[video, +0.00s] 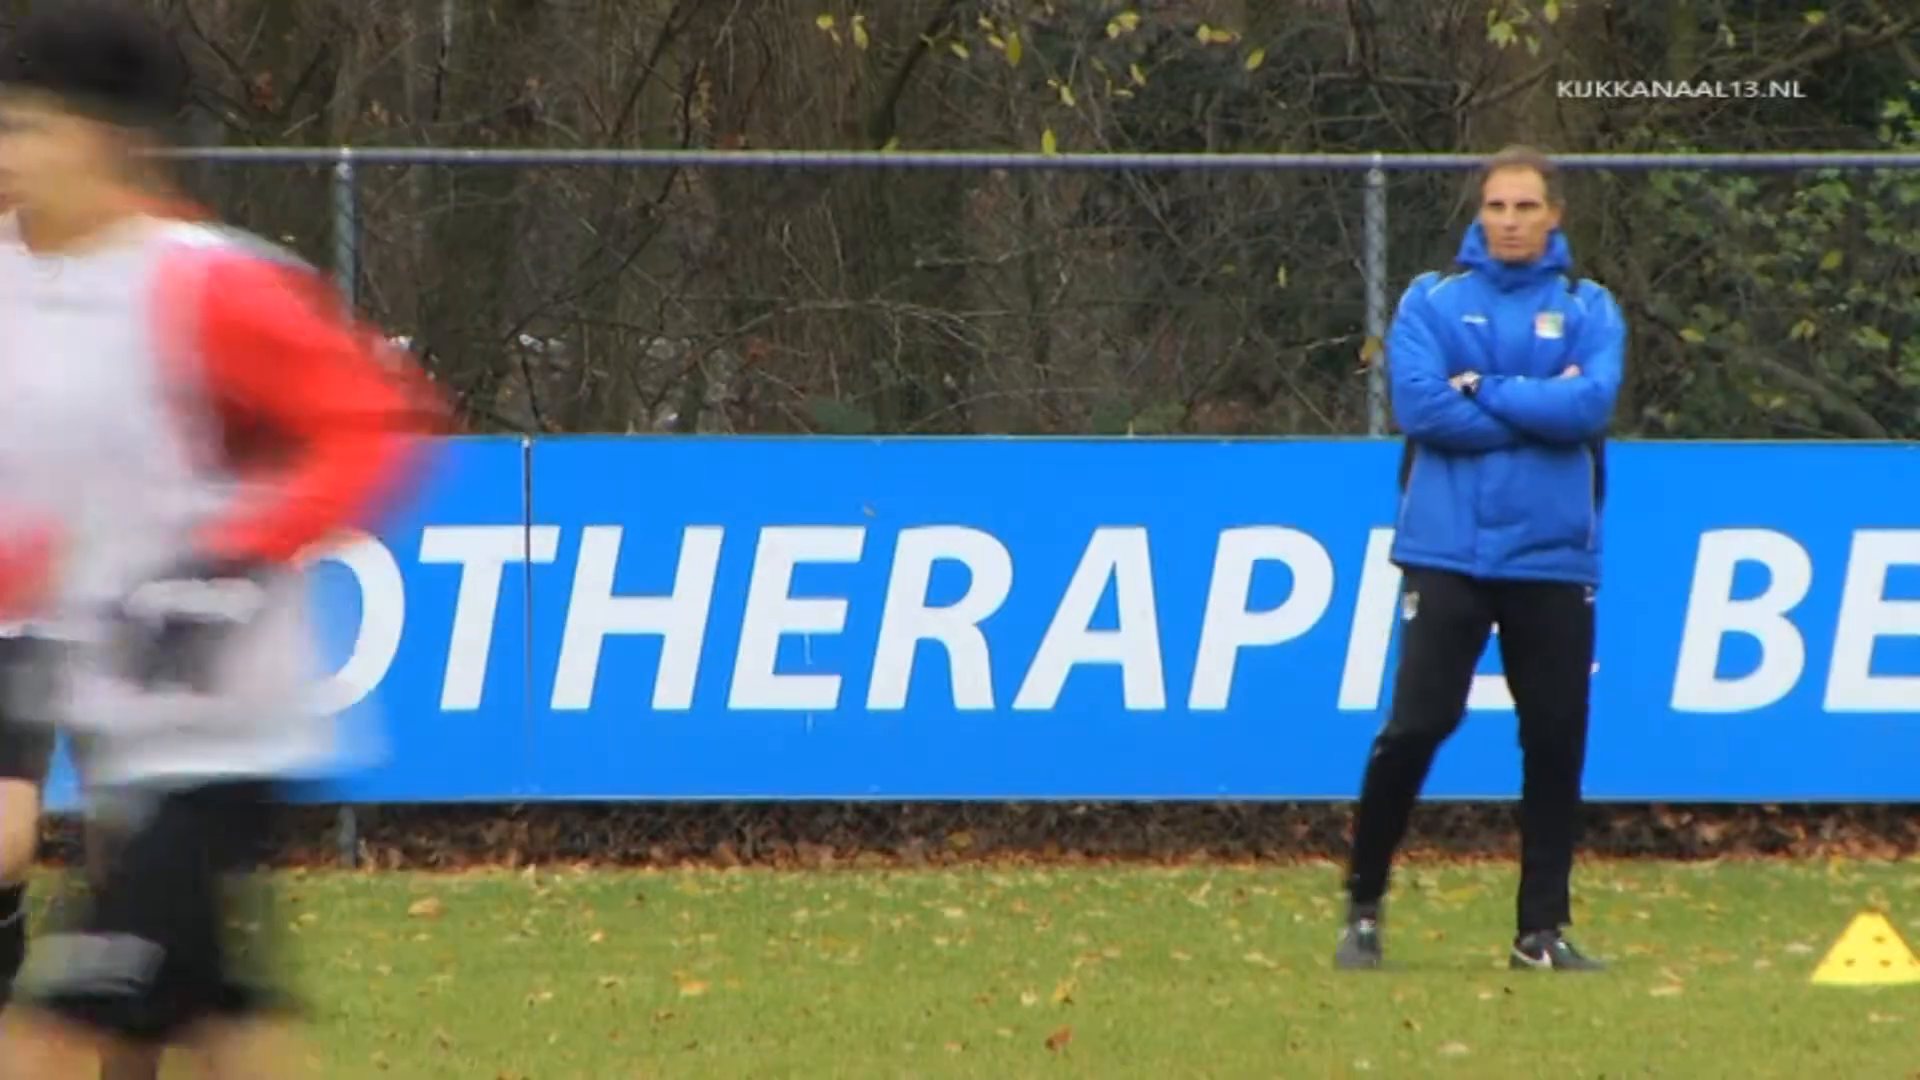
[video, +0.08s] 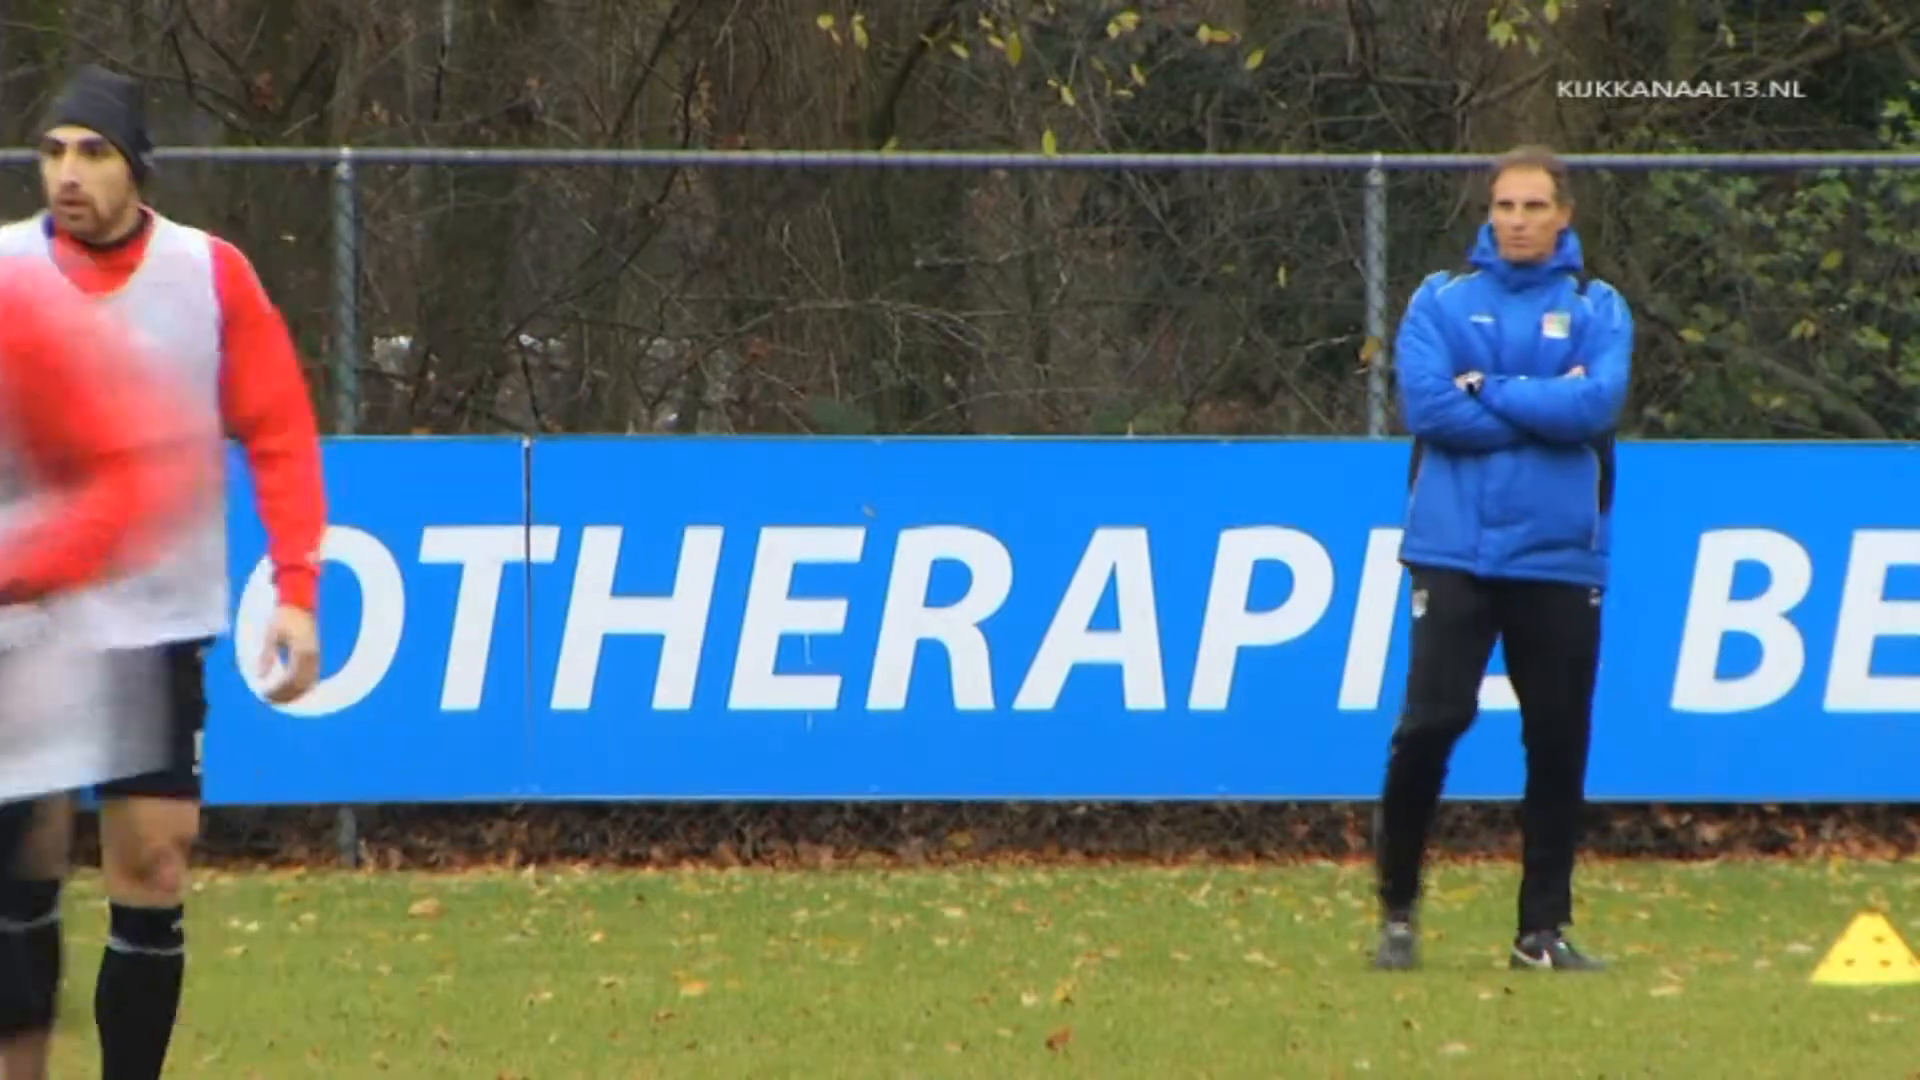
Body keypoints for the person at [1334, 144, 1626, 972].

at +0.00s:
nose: (1511, 221)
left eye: (1526, 207)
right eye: (1498, 207)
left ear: (1555, 218)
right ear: (1478, 215)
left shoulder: (1591, 307)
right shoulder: (1428, 299)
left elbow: (1589, 404)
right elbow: (1421, 412)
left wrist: (1478, 388)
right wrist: (1539, 413)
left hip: (1553, 559)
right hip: (1447, 555)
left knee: (1557, 746)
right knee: (1415, 728)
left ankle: (1542, 932)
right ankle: (1363, 909)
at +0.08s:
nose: (1519, 220)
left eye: (1535, 206)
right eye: (1506, 206)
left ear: (1564, 217)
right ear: (1488, 215)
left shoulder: (1601, 307)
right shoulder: (1439, 297)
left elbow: (1597, 404)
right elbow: (1429, 413)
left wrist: (1482, 386)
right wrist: (1543, 411)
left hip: (1558, 557)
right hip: (1454, 552)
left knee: (1559, 745)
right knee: (1430, 723)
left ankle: (1542, 931)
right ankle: (1398, 915)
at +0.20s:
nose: (1522, 222)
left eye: (1538, 207)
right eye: (1509, 207)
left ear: (1567, 217)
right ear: (1492, 216)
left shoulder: (1604, 306)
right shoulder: (1444, 302)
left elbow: (1602, 405)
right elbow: (1435, 414)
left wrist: (1487, 387)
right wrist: (1550, 411)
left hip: (1566, 559)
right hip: (1461, 557)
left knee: (1562, 750)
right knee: (1450, 739)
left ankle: (1544, 930)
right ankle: (1457, 925)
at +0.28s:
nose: (1518, 223)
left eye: (1535, 209)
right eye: (1505, 209)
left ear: (1565, 219)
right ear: (1489, 218)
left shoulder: (1604, 307)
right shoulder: (1441, 305)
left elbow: (1605, 404)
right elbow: (1436, 417)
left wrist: (1490, 388)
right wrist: (1550, 411)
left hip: (1571, 563)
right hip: (1465, 562)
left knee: (1564, 755)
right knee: (1466, 746)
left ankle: (1545, 930)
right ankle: (1471, 932)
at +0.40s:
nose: (1506, 223)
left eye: (1522, 208)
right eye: (1493, 208)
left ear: (1553, 217)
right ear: (1477, 218)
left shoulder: (1596, 303)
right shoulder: (1434, 309)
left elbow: (1607, 400)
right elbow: (1439, 420)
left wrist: (1493, 389)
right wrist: (1551, 410)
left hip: (1576, 563)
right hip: (1472, 564)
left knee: (1569, 753)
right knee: (1461, 747)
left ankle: (1546, 929)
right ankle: (1468, 932)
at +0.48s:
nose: (1497, 222)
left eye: (1513, 207)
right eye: (1484, 208)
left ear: (1543, 216)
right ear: (1468, 218)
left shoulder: (1588, 298)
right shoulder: (1429, 311)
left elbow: (1608, 394)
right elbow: (1442, 423)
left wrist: (1496, 389)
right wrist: (1553, 408)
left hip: (1580, 563)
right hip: (1475, 566)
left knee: (1574, 752)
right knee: (1463, 749)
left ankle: (1547, 927)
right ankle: (1468, 931)